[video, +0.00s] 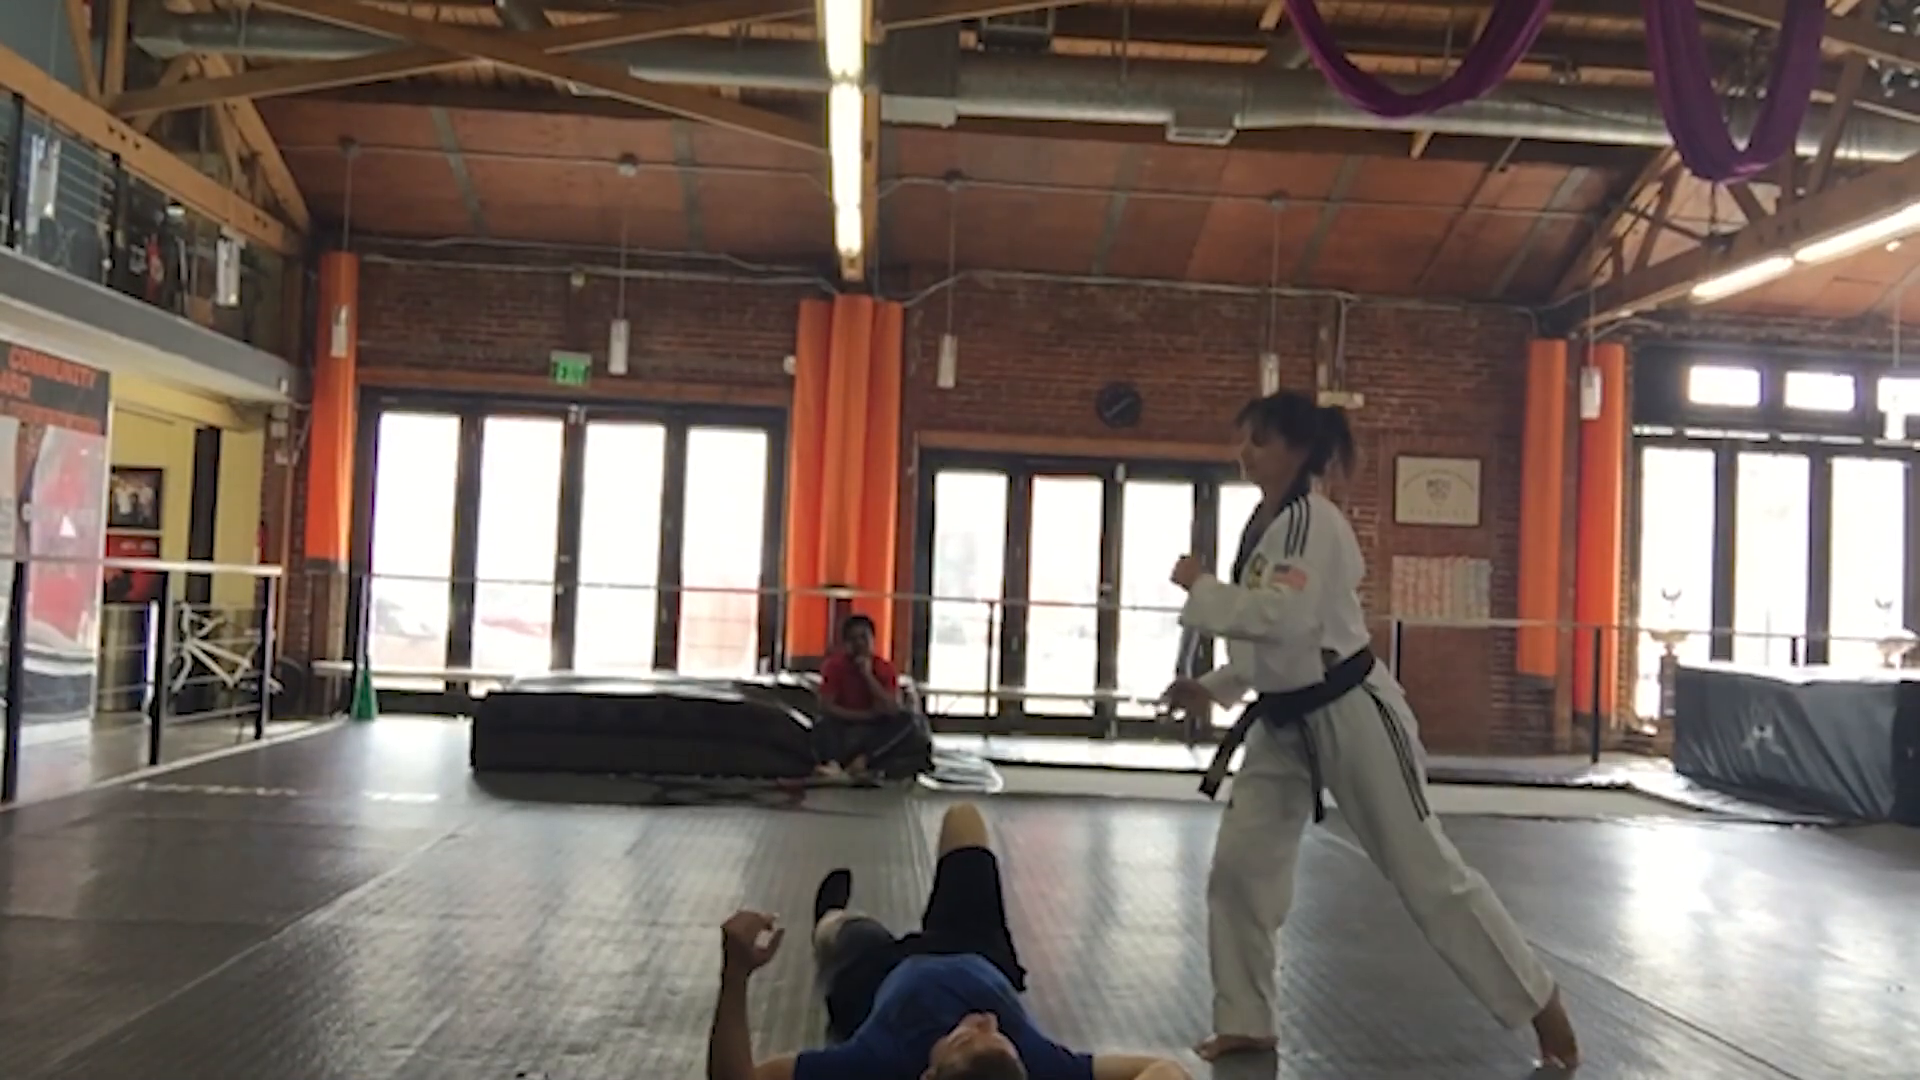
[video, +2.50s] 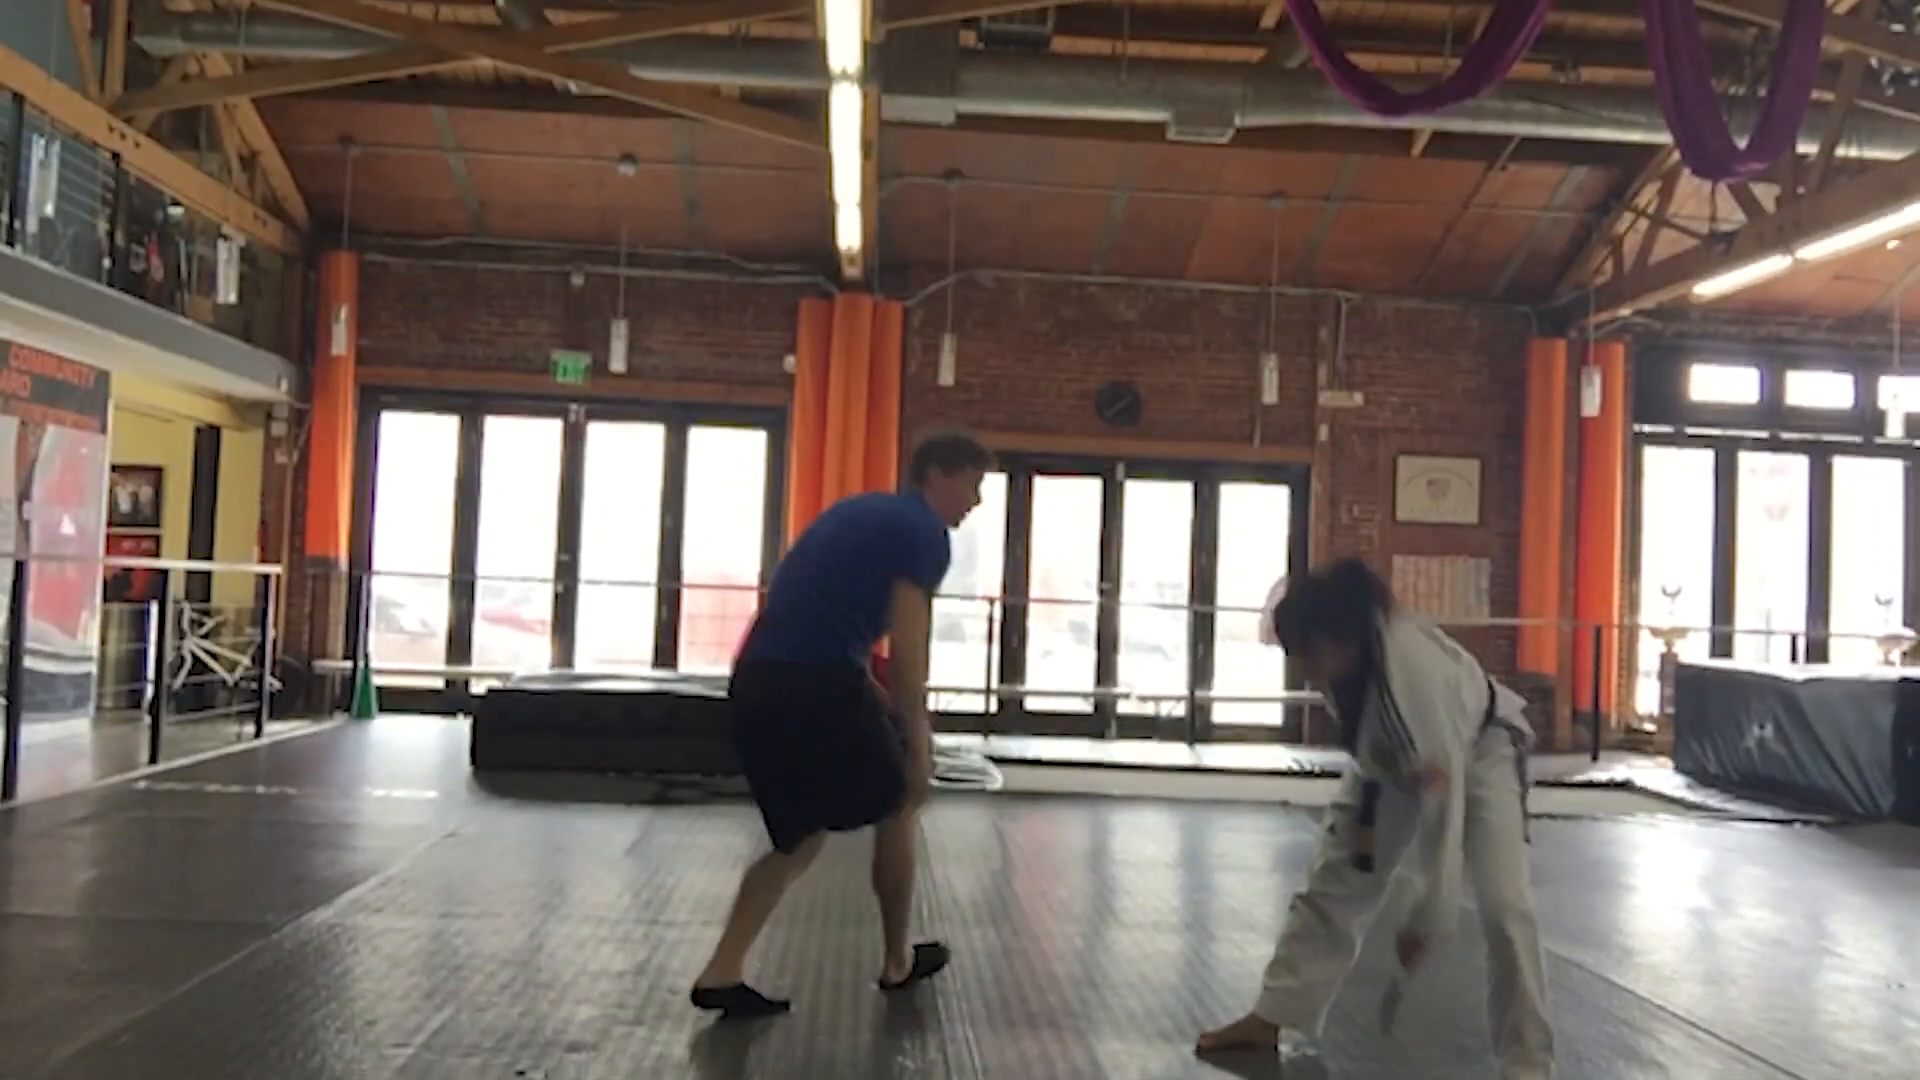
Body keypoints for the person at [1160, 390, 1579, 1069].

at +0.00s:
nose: (1244, 454)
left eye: (1257, 442)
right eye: (1245, 442)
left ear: (1296, 450)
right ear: (1270, 451)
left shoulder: (1313, 519)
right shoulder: (1267, 531)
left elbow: (1285, 618)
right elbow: (1278, 648)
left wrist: (1201, 588)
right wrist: (1211, 686)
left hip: (1351, 711)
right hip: (1283, 721)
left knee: (1425, 873)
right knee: (1239, 871)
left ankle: (1539, 1001)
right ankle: (1246, 1029)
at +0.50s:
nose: (1293, 444)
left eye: (1310, 433)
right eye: (1289, 431)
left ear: (1351, 445)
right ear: (1284, 438)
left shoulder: (1377, 517)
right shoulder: (1279, 518)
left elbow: (1428, 607)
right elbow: (1244, 611)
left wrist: (1339, 617)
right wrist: (1220, 695)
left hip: (1382, 703)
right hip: (1302, 711)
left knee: (1445, 863)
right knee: (1267, 870)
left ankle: (1548, 1002)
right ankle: (1252, 1027)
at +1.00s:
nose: (1391, 457)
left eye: (1408, 444)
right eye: (1383, 443)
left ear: (1437, 452)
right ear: (1371, 447)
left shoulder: (1470, 536)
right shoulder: (1347, 529)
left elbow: (1511, 627)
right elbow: (1309, 624)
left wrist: (1457, 634)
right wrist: (1292, 669)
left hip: (1447, 721)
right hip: (1351, 718)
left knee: (1491, 878)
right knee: (1302, 874)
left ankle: (1539, 1023)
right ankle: (1261, 1021)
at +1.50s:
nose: (1356, 505)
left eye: (1371, 491)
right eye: (1346, 490)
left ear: (1398, 483)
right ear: (1331, 482)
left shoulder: (1442, 558)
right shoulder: (1307, 550)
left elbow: (1479, 656)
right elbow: (1277, 636)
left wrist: (1445, 726)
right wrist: (1277, 709)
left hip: (1427, 728)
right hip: (1334, 727)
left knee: (1475, 878)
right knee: (1281, 876)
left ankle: (1540, 1021)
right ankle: (1257, 1022)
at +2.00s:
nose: (1353, 792)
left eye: (1361, 782)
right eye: (1346, 781)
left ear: (1390, 759)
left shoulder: (1449, 749)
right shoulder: (1367, 714)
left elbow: (1453, 913)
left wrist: (1431, 1056)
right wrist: (1413, 852)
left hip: (1522, 778)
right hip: (1422, 781)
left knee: (1536, 923)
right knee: (1347, 911)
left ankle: (1527, 1069)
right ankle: (1266, 1033)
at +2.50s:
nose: (1301, 669)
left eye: (1309, 655)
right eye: (1296, 655)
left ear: (1345, 643)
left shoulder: (1411, 660)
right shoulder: (1341, 662)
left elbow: (1446, 797)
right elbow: (1365, 740)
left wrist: (1428, 917)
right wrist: (1361, 819)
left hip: (1479, 748)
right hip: (1400, 755)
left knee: (1504, 903)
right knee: (1338, 877)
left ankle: (1526, 1063)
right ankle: (1268, 1021)